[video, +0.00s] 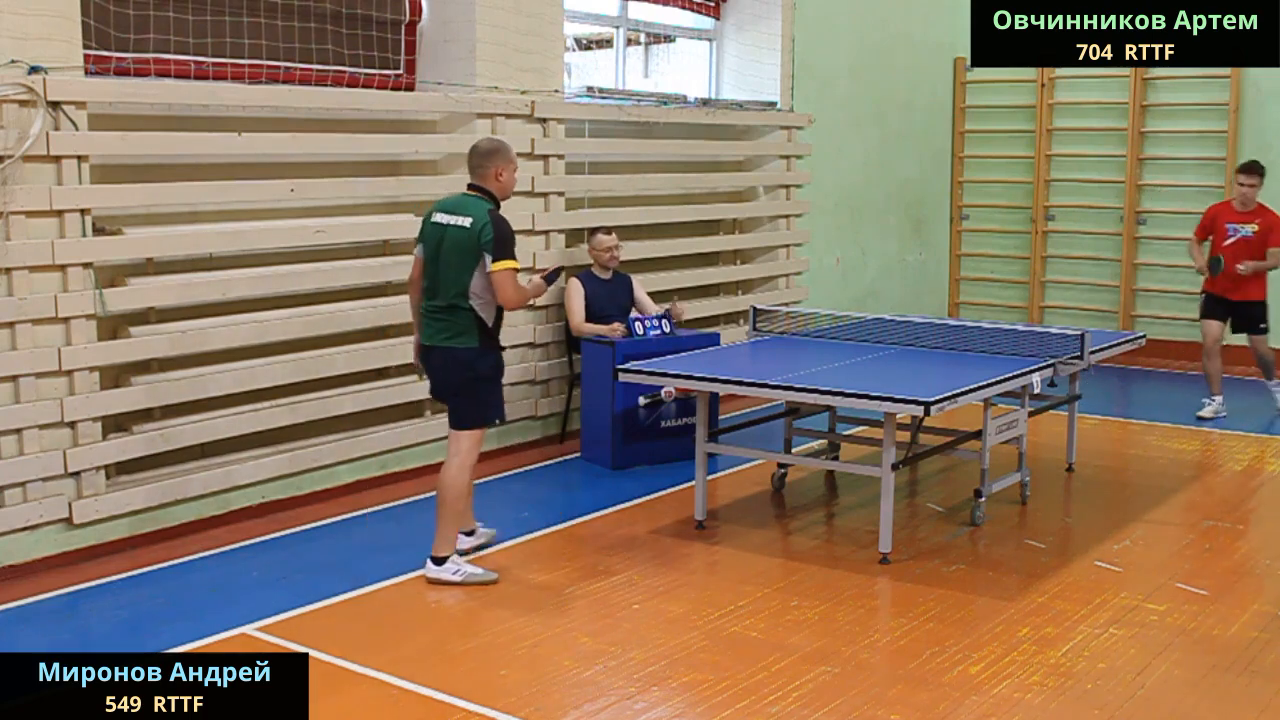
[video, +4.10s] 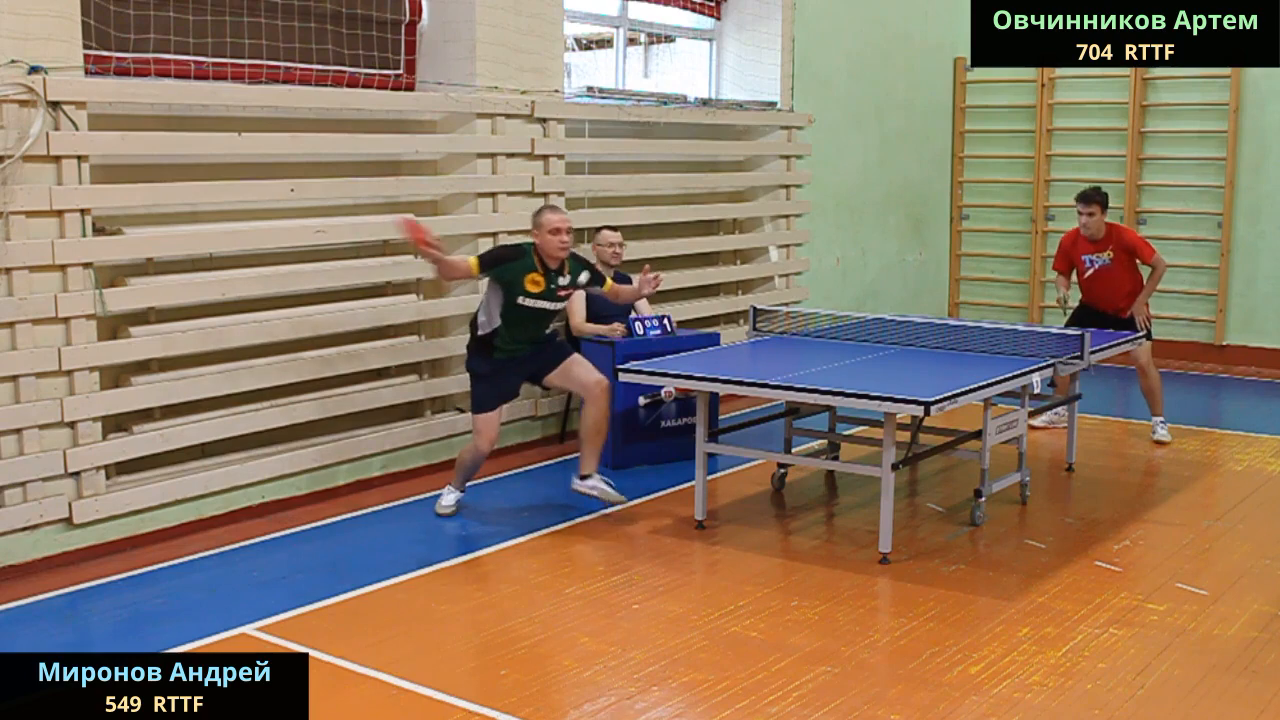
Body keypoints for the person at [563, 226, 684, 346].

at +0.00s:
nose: (615, 254)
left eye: (617, 248)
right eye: (607, 250)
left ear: (620, 247)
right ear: (592, 253)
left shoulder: (627, 281)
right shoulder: (577, 284)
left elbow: (655, 314)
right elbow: (577, 328)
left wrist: (671, 315)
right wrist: (607, 330)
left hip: (630, 349)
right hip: (595, 352)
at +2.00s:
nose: (618, 250)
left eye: (621, 245)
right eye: (611, 245)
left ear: (624, 247)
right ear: (594, 250)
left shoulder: (628, 281)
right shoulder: (578, 283)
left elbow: (644, 315)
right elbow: (577, 327)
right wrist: (606, 330)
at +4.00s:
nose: (617, 251)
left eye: (621, 246)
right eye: (611, 246)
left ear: (624, 248)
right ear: (595, 249)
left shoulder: (627, 280)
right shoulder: (579, 282)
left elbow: (648, 317)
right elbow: (577, 328)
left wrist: (664, 325)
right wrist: (606, 330)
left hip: (630, 347)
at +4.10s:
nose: (617, 251)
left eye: (621, 246)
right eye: (610, 246)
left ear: (624, 248)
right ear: (595, 249)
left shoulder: (627, 280)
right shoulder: (581, 280)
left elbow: (649, 317)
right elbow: (577, 327)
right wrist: (606, 330)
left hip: (630, 345)